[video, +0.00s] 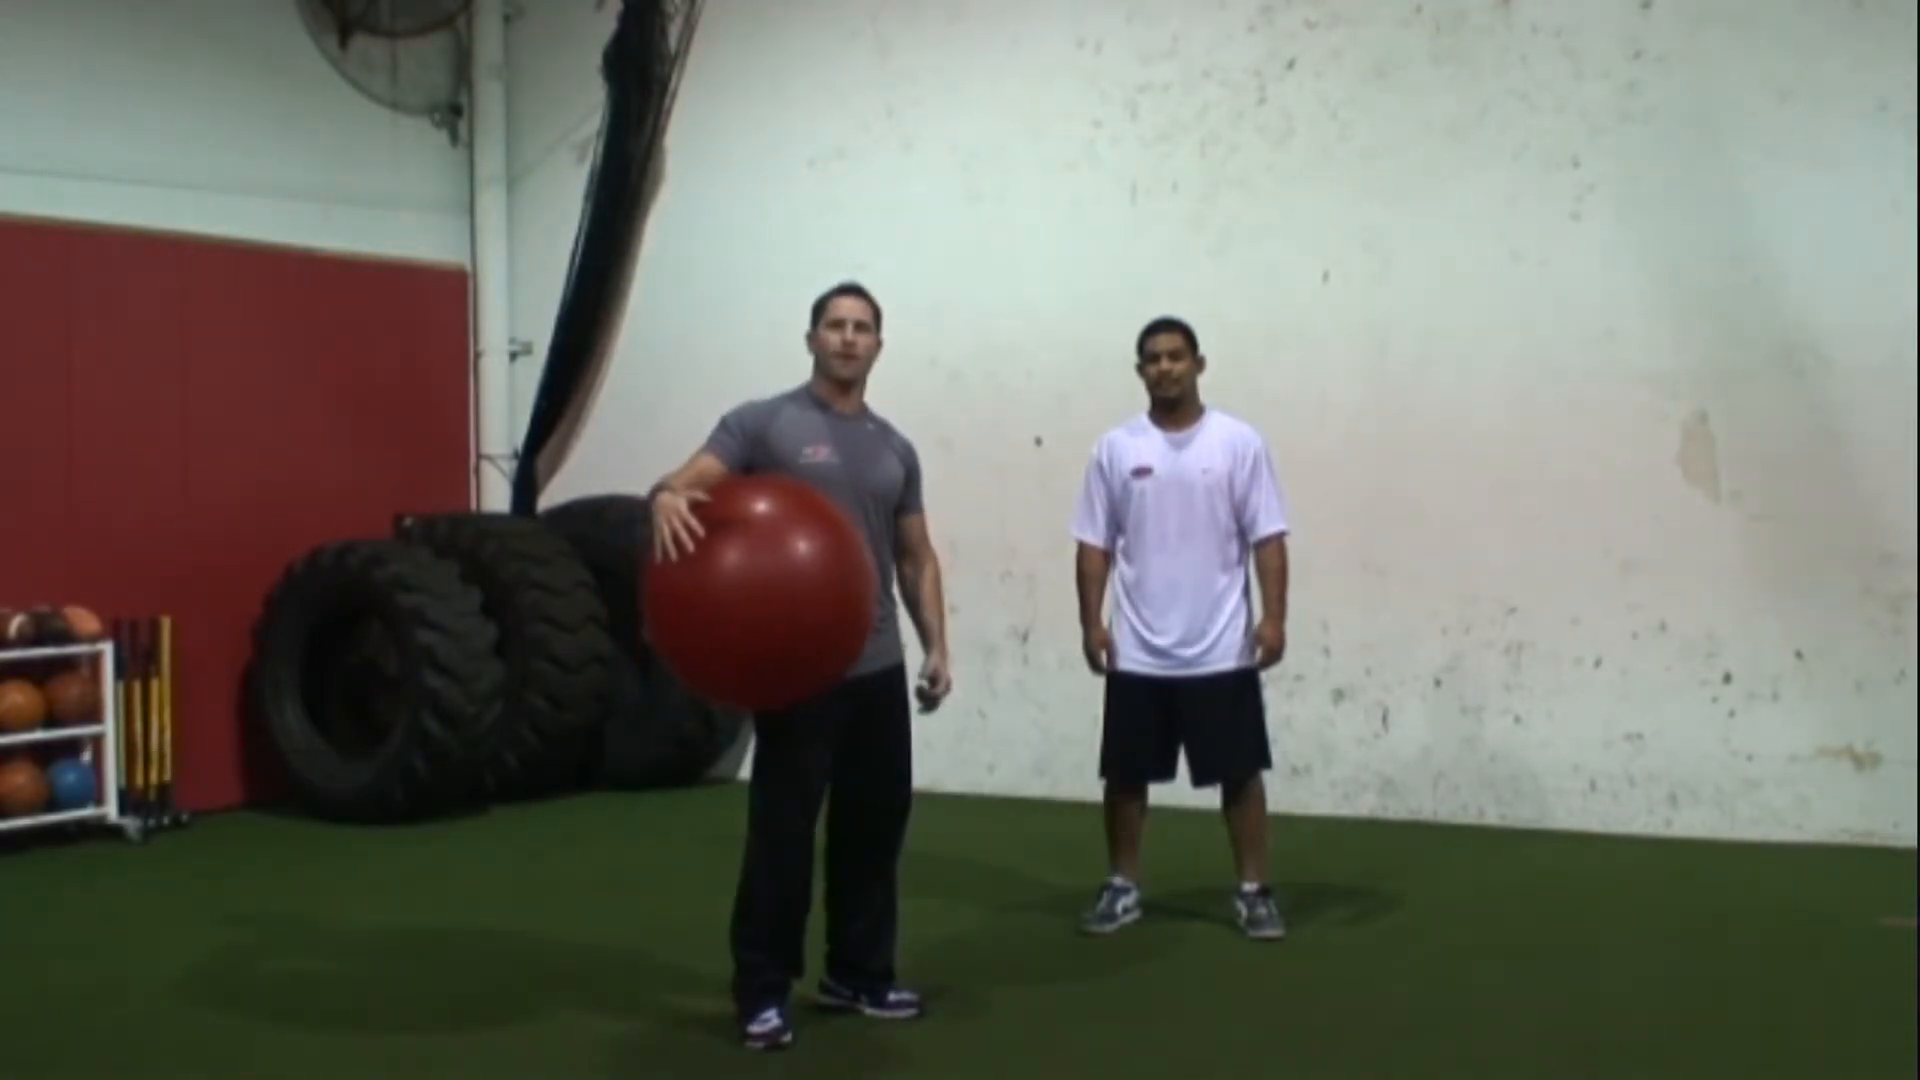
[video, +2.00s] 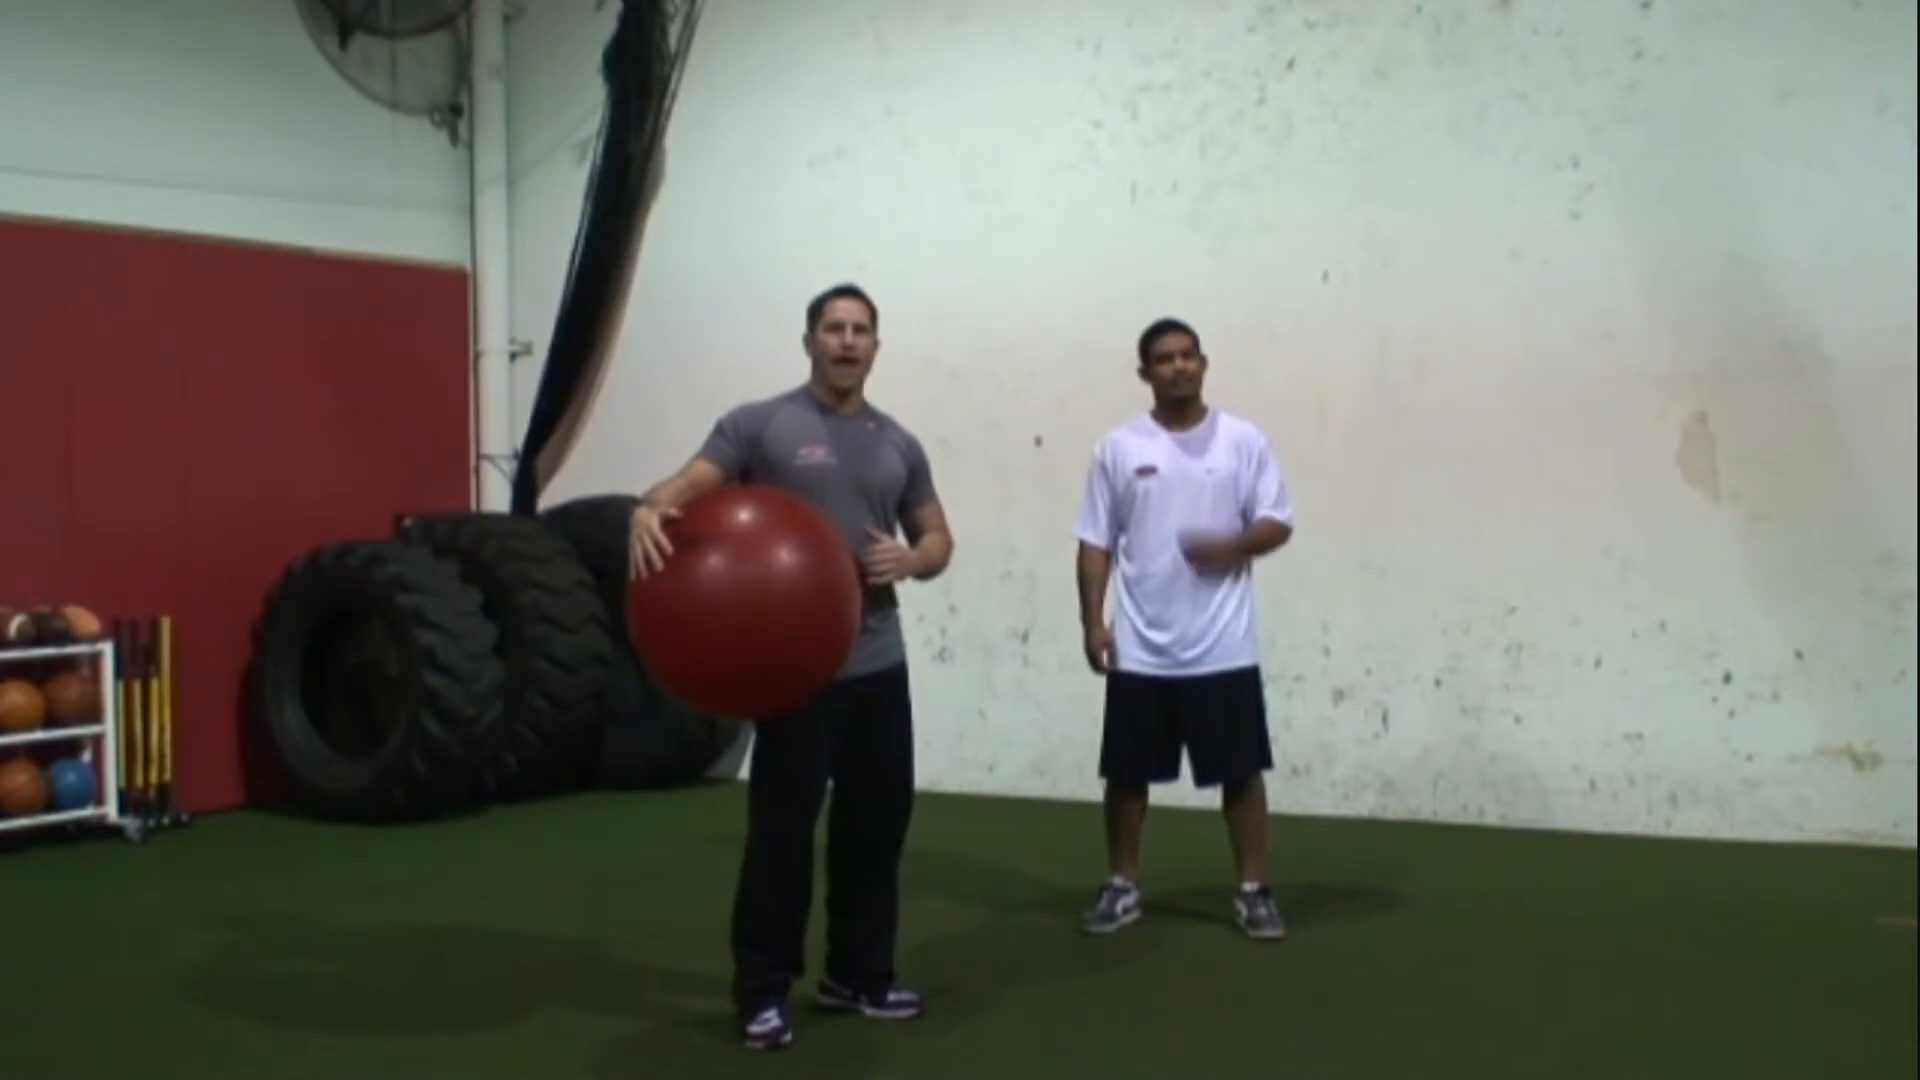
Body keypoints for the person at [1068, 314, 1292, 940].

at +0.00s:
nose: (1164, 367)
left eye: (1175, 357)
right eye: (1153, 359)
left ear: (1198, 365)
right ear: (1140, 371)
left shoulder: (1239, 443)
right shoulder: (1116, 449)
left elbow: (1268, 536)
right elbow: (1093, 540)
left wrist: (1273, 617)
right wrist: (1092, 621)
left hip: (1221, 645)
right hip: (1139, 646)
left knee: (1242, 776)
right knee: (1124, 777)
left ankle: (1254, 888)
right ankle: (1122, 883)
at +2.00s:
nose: (1178, 367)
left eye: (1187, 357)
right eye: (1164, 359)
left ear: (1204, 366)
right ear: (1145, 372)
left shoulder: (1245, 442)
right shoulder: (1119, 449)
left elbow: (1277, 524)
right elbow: (1095, 539)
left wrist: (1230, 548)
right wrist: (1094, 620)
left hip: (1222, 646)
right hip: (1141, 647)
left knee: (1242, 776)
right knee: (1125, 777)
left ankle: (1254, 888)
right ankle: (1122, 884)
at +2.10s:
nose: (1189, 369)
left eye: (1197, 359)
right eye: (1175, 361)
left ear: (1210, 367)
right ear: (1151, 373)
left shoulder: (1242, 440)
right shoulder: (1121, 448)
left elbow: (1268, 522)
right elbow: (1095, 539)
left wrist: (1197, 486)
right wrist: (1094, 620)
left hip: (1222, 644)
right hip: (1141, 645)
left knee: (1243, 777)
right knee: (1125, 777)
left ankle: (1254, 888)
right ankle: (1122, 883)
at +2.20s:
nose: (1196, 371)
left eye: (1202, 360)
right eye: (1182, 363)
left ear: (1214, 366)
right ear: (1156, 373)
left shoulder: (1238, 438)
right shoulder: (1122, 447)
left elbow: (1251, 508)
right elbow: (1096, 538)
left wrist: (1184, 449)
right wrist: (1097, 619)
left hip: (1222, 645)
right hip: (1141, 645)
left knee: (1243, 778)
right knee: (1126, 777)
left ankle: (1254, 888)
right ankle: (1122, 883)